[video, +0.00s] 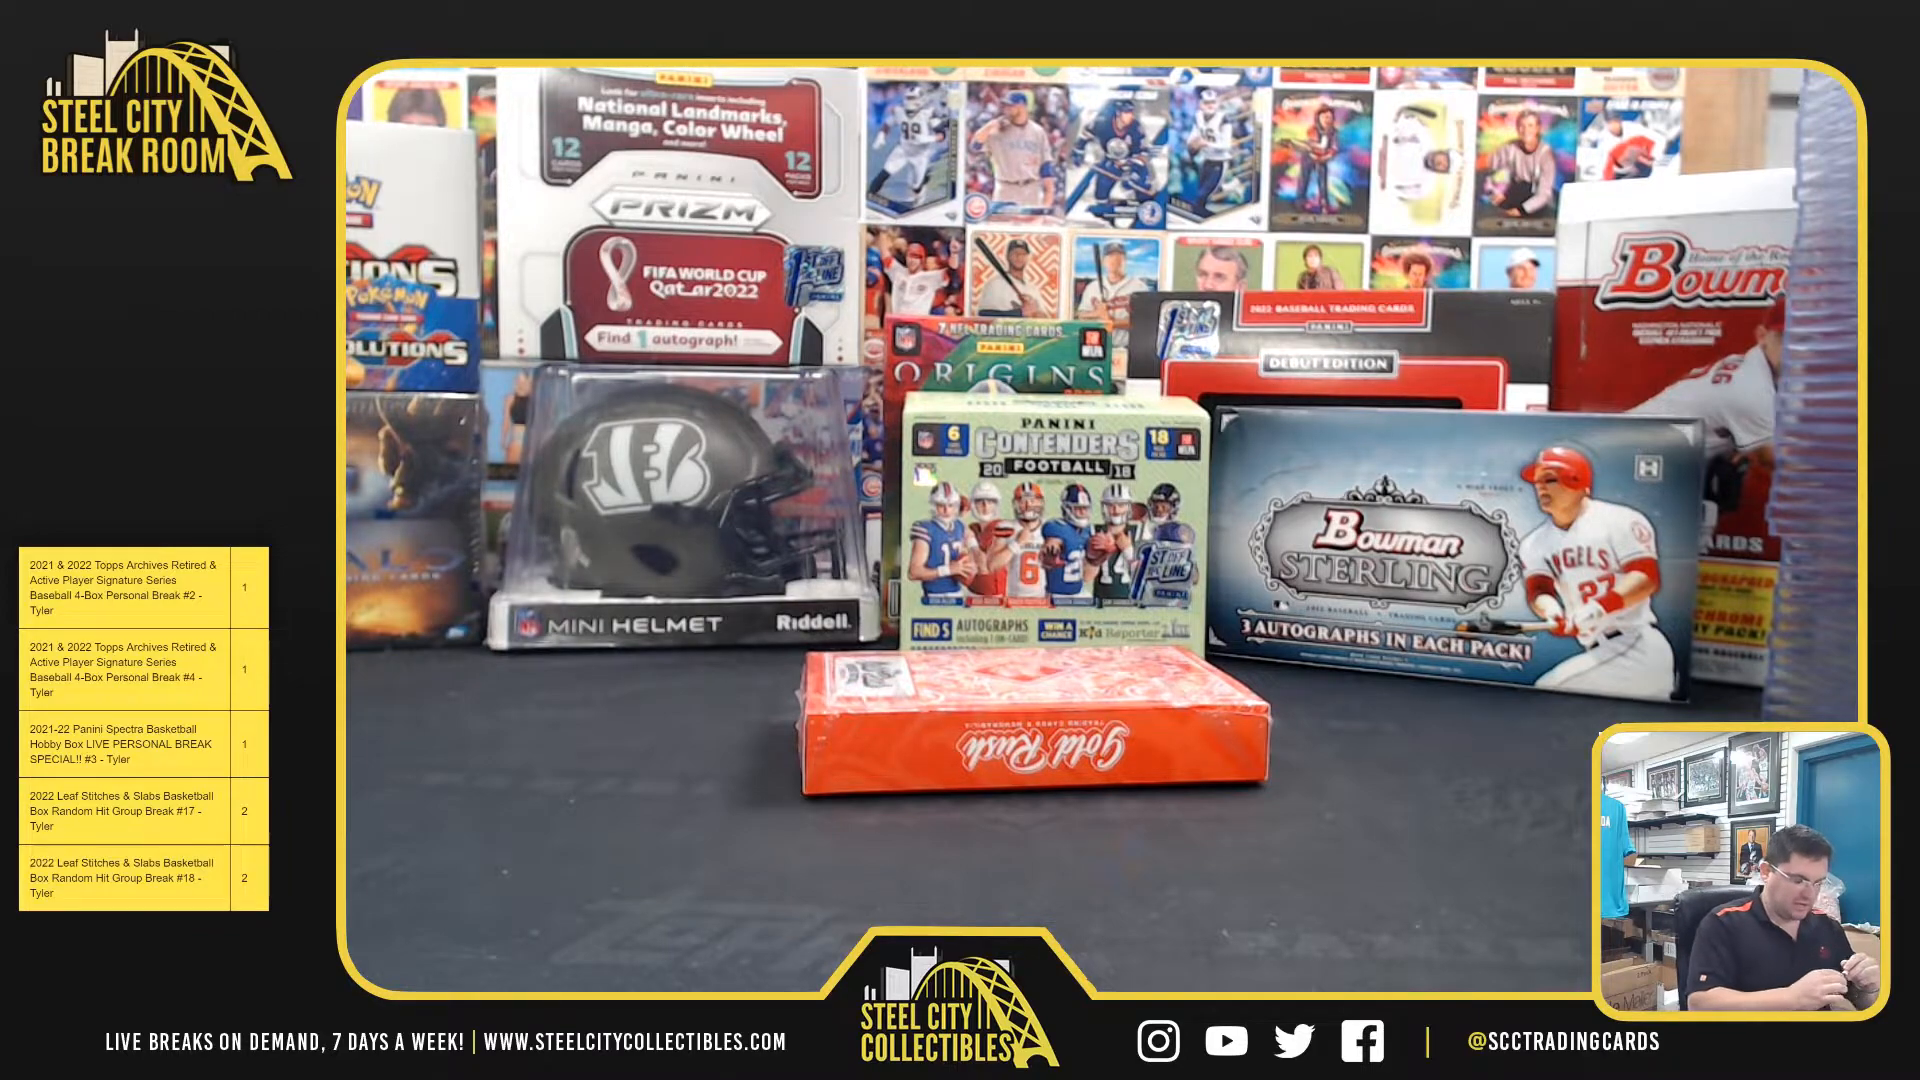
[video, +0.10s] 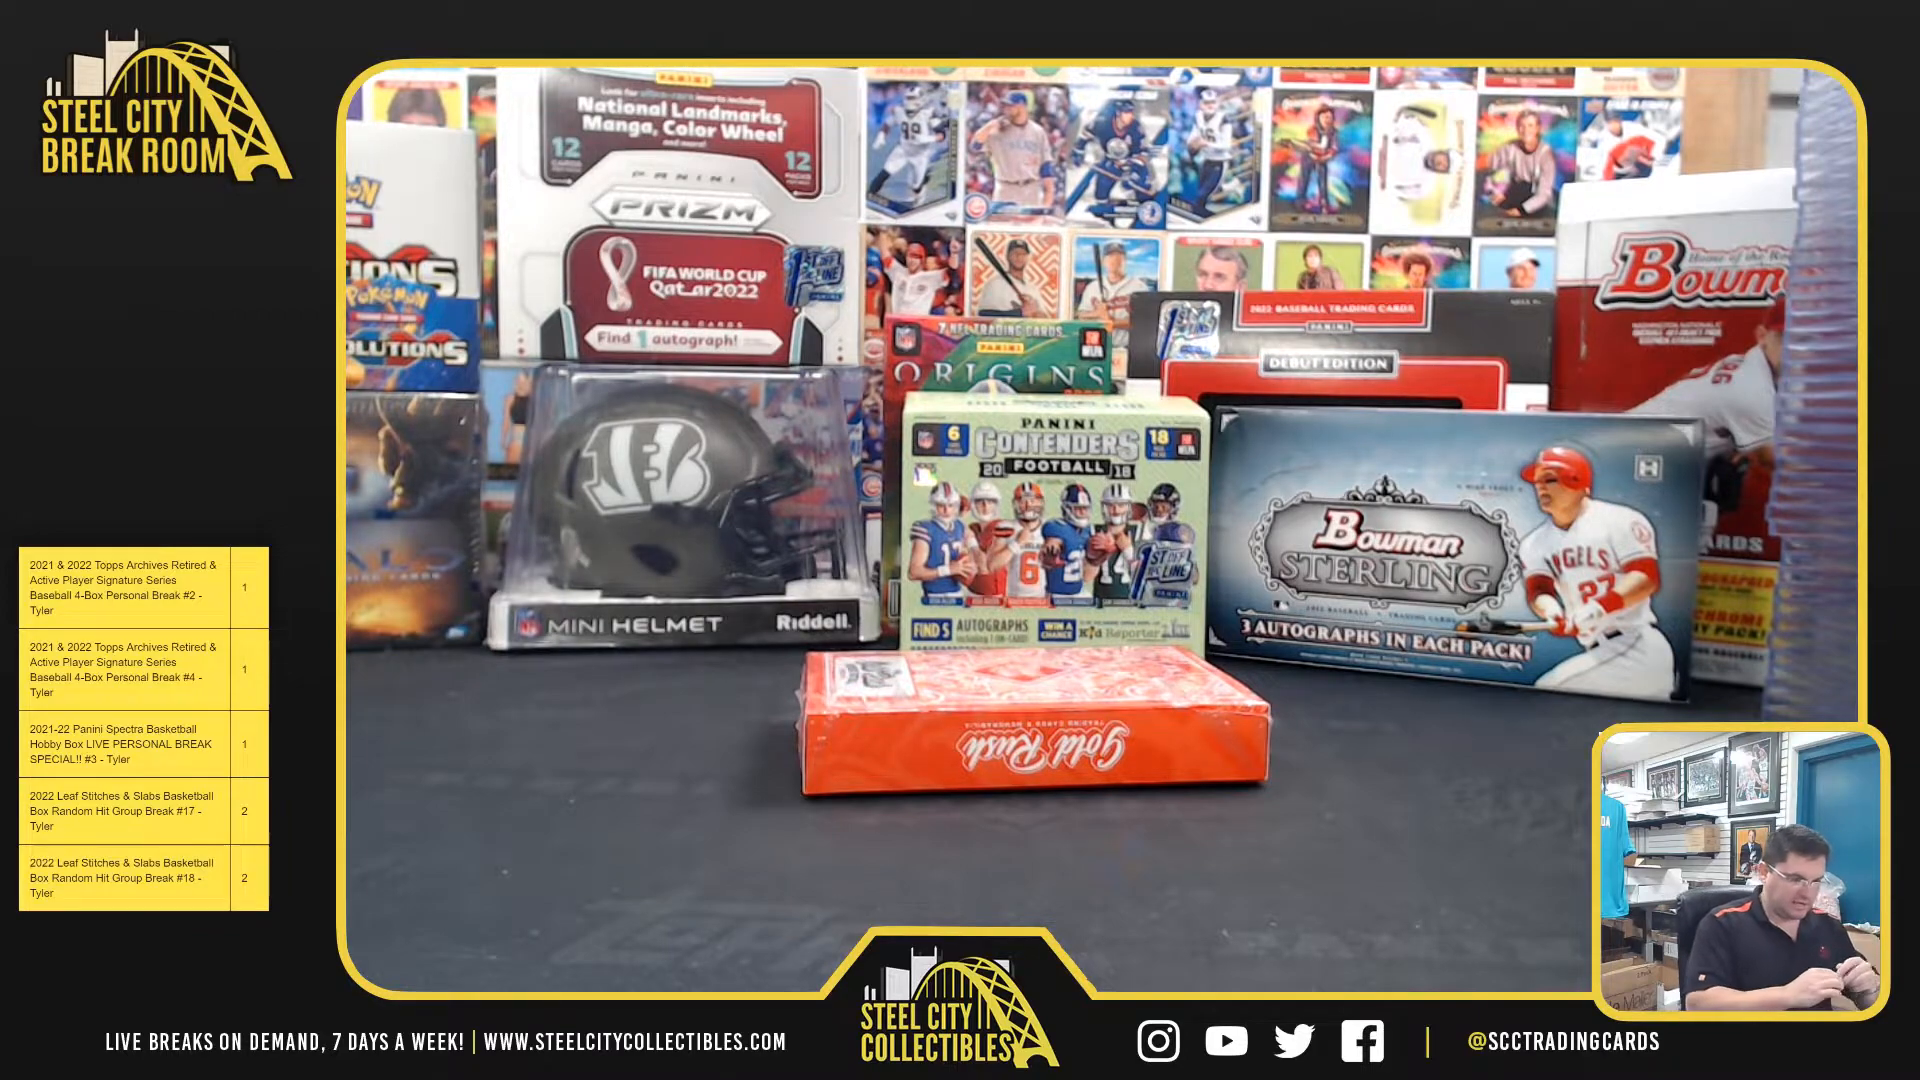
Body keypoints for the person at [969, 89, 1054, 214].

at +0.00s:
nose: (1006, 110)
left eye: (1010, 106)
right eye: (1005, 106)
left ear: (1022, 107)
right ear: (1004, 107)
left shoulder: (1038, 132)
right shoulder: (996, 129)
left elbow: (1046, 166)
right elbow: (974, 148)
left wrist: (1048, 198)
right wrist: (991, 127)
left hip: (1032, 186)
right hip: (1005, 186)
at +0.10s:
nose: (1006, 110)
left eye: (1010, 106)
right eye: (1005, 106)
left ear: (1022, 107)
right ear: (1004, 107)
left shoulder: (1038, 132)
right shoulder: (996, 129)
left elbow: (1046, 166)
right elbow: (974, 148)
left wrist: (1048, 198)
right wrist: (991, 127)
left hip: (1032, 186)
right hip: (1005, 186)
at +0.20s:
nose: (1006, 110)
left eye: (1010, 106)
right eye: (1006, 106)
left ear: (1022, 106)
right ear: (1004, 107)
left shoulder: (1038, 132)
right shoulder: (996, 129)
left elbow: (1046, 166)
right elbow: (974, 148)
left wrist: (1048, 199)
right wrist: (990, 127)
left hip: (1031, 186)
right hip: (1005, 186)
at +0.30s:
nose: (1006, 110)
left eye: (1010, 106)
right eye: (1006, 106)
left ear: (1022, 106)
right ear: (1004, 107)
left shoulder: (1038, 132)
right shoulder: (996, 129)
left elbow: (1046, 166)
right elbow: (974, 148)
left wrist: (1048, 199)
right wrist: (990, 127)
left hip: (1031, 186)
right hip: (1005, 186)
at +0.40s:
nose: (1006, 110)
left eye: (1010, 106)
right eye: (1006, 106)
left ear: (1022, 106)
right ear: (1004, 107)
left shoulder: (1038, 132)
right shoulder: (996, 129)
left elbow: (1046, 166)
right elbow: (974, 148)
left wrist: (1048, 199)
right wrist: (990, 127)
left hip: (1031, 186)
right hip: (1005, 186)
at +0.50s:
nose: (1006, 110)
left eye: (1010, 106)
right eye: (1005, 106)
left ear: (1022, 107)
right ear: (1004, 107)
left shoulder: (1038, 132)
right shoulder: (996, 129)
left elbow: (1046, 166)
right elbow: (974, 148)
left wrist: (1048, 198)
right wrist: (990, 127)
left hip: (1031, 186)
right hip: (1005, 186)